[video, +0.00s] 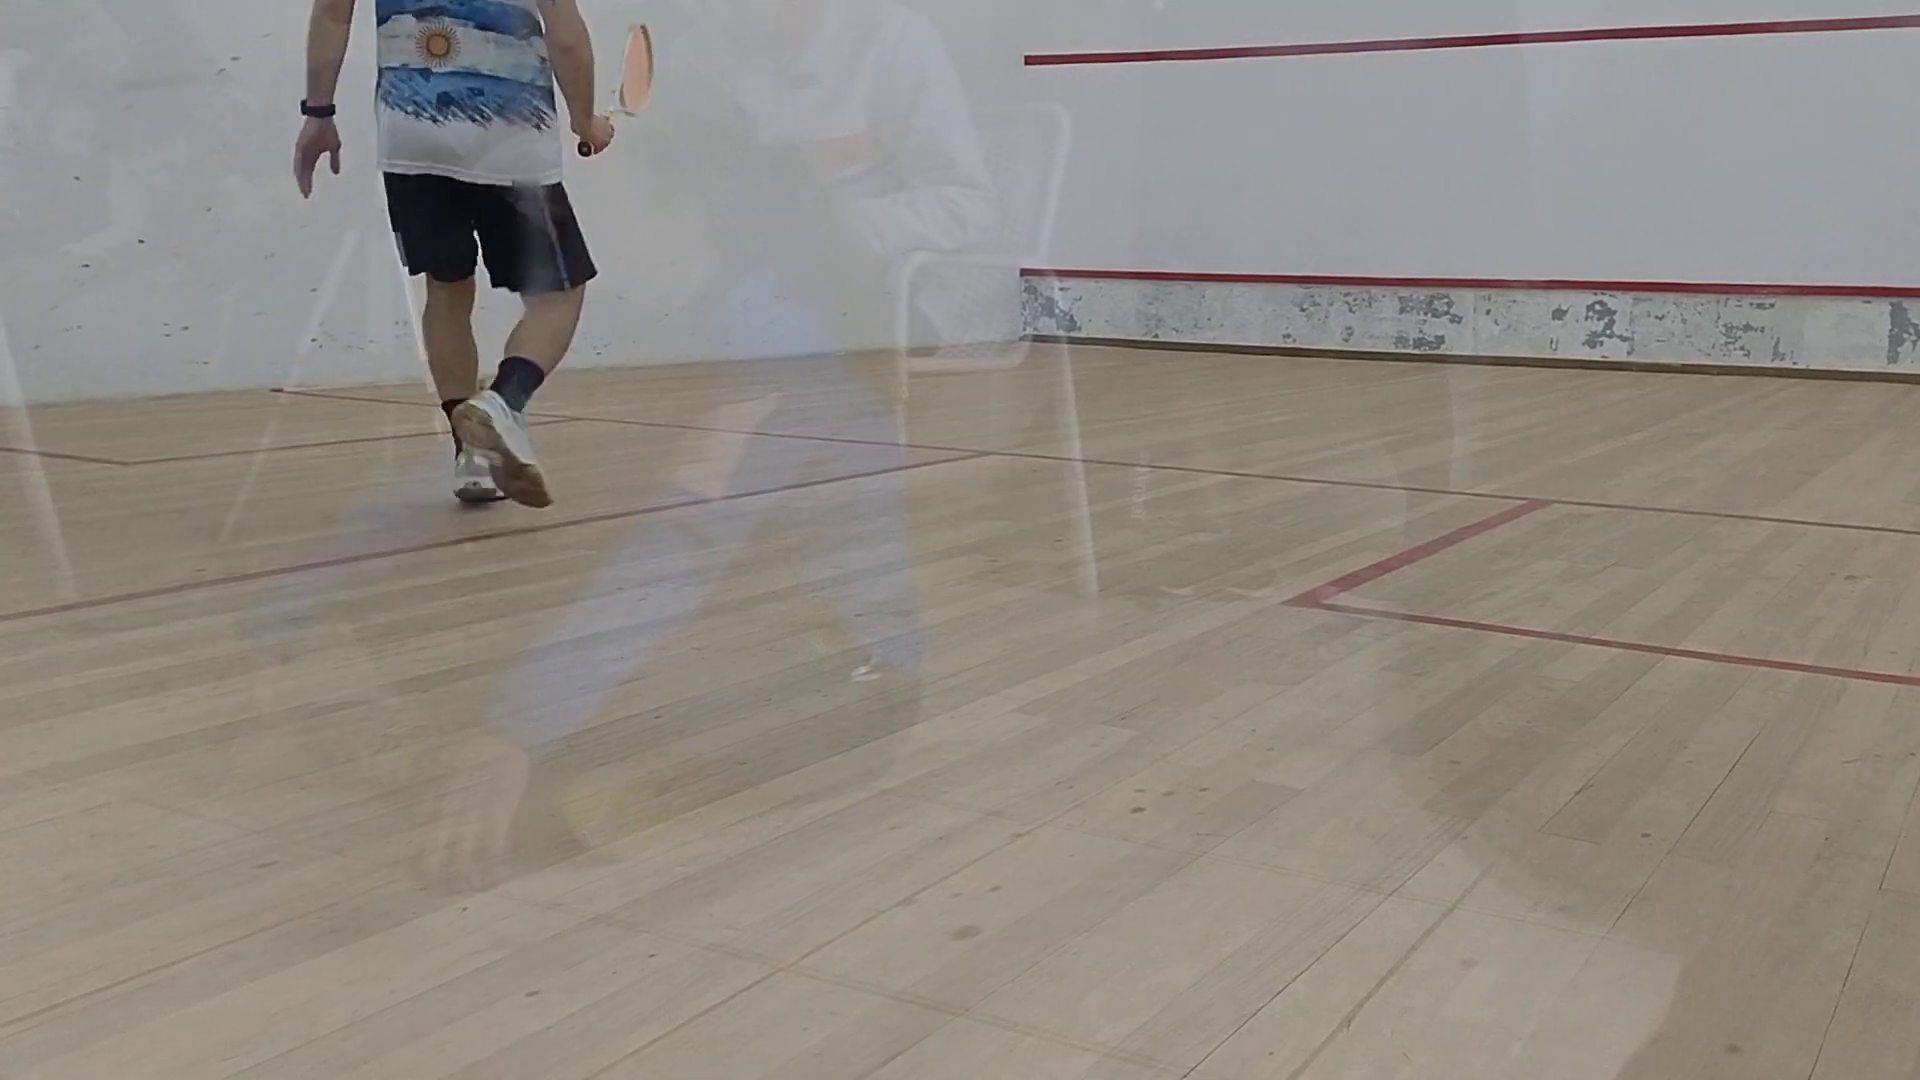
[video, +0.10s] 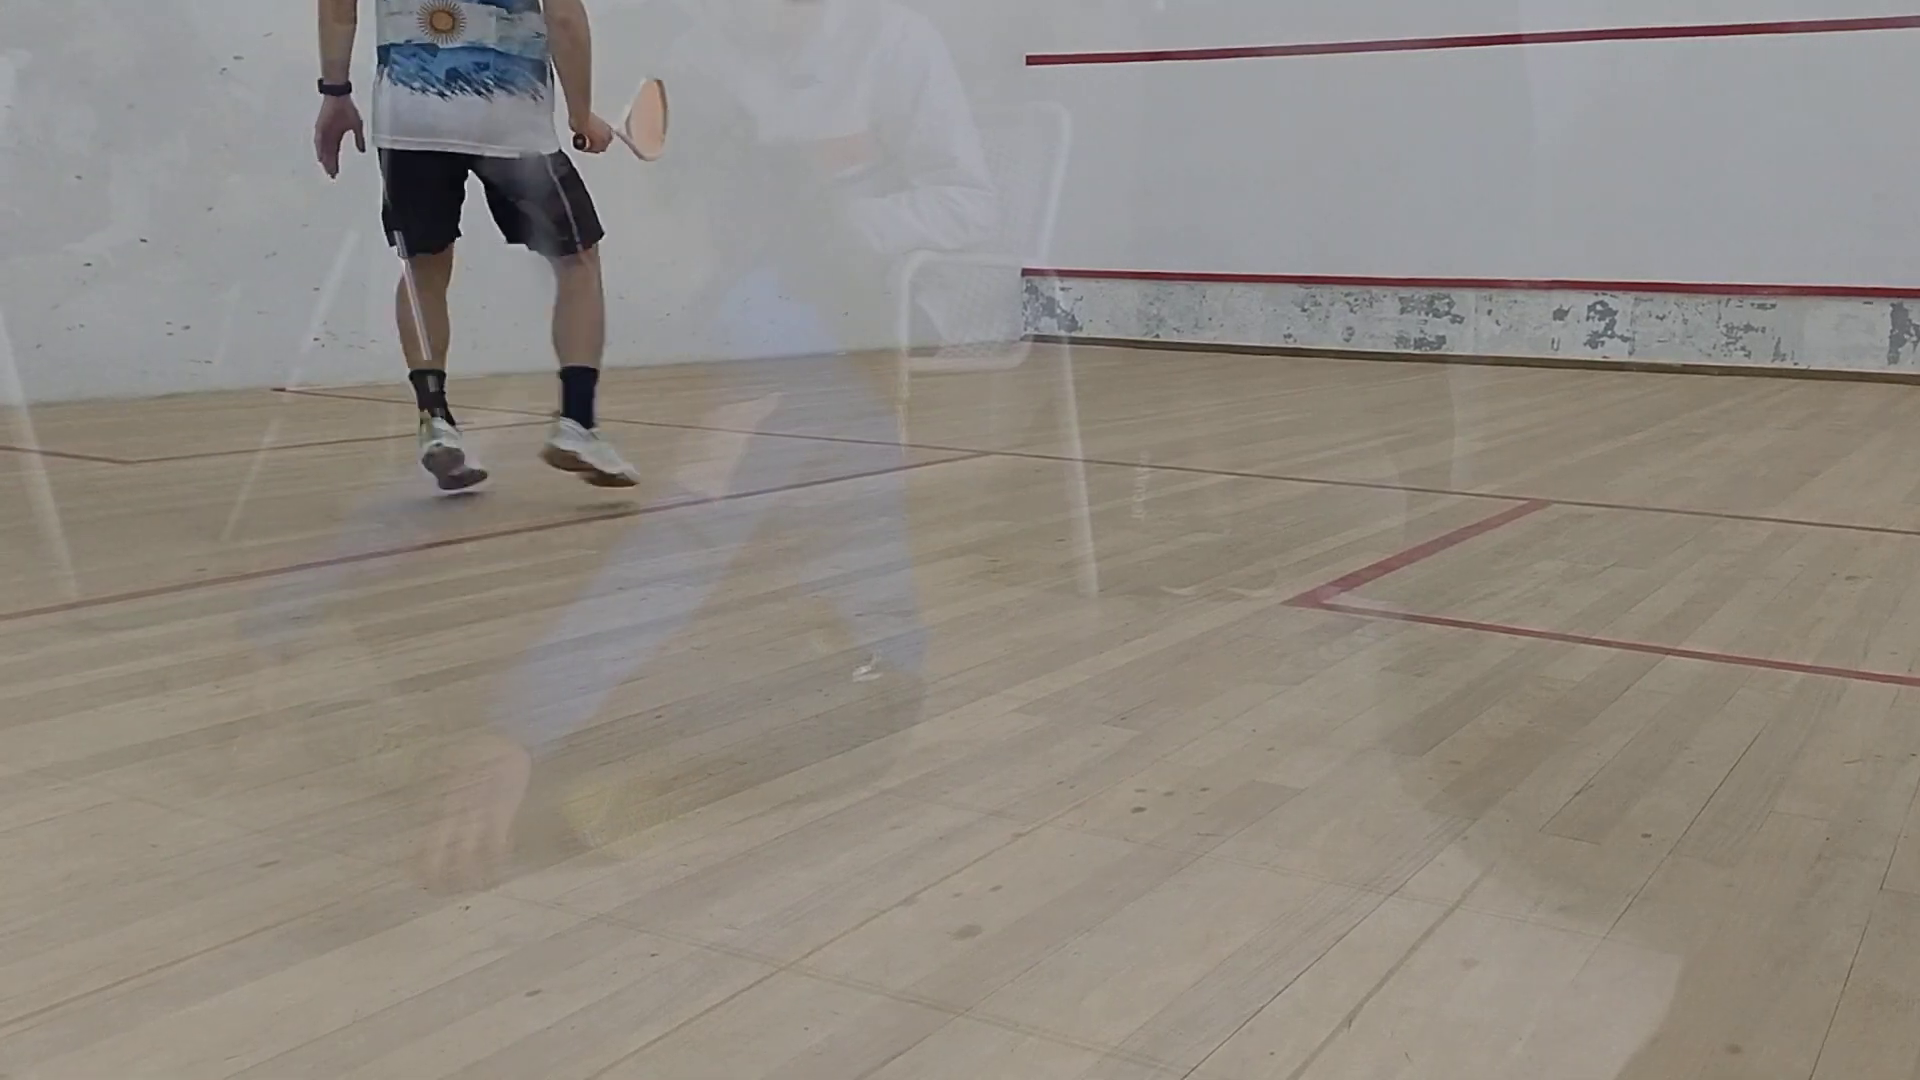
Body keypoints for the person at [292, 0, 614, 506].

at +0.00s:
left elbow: (331, 12)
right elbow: (567, 38)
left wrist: (318, 111)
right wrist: (584, 117)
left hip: (411, 141)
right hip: (511, 143)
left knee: (447, 289)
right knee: (557, 291)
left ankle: (470, 451)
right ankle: (504, 404)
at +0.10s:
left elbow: (337, 7)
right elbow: (565, 16)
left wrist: (335, 91)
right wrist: (581, 113)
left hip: (410, 118)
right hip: (511, 119)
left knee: (423, 265)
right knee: (578, 259)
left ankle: (434, 420)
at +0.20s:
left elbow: (339, 16)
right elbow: (571, 35)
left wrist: (334, 121)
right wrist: (589, 139)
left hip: (409, 143)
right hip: (512, 143)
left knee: (393, 271)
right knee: (593, 289)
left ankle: (381, 432)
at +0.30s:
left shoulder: (375, 6)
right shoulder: (527, 3)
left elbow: (318, 71)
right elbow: (570, 81)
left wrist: (310, 173)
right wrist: (590, 177)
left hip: (415, 195)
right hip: (522, 193)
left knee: (368, 294)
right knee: (608, 318)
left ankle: (347, 445)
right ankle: (669, 454)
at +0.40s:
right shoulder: (467, 1)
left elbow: (259, 61)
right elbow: (516, 68)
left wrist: (263, 160)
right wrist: (530, 158)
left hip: (351, 179)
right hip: (457, 178)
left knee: (332, 302)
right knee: (556, 306)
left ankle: (345, 451)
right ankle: (648, 434)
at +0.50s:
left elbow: (196, 12)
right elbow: (444, 33)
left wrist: (207, 101)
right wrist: (430, 100)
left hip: (290, 134)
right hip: (389, 127)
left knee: (302, 291)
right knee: (465, 277)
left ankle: (339, 441)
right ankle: (517, 428)